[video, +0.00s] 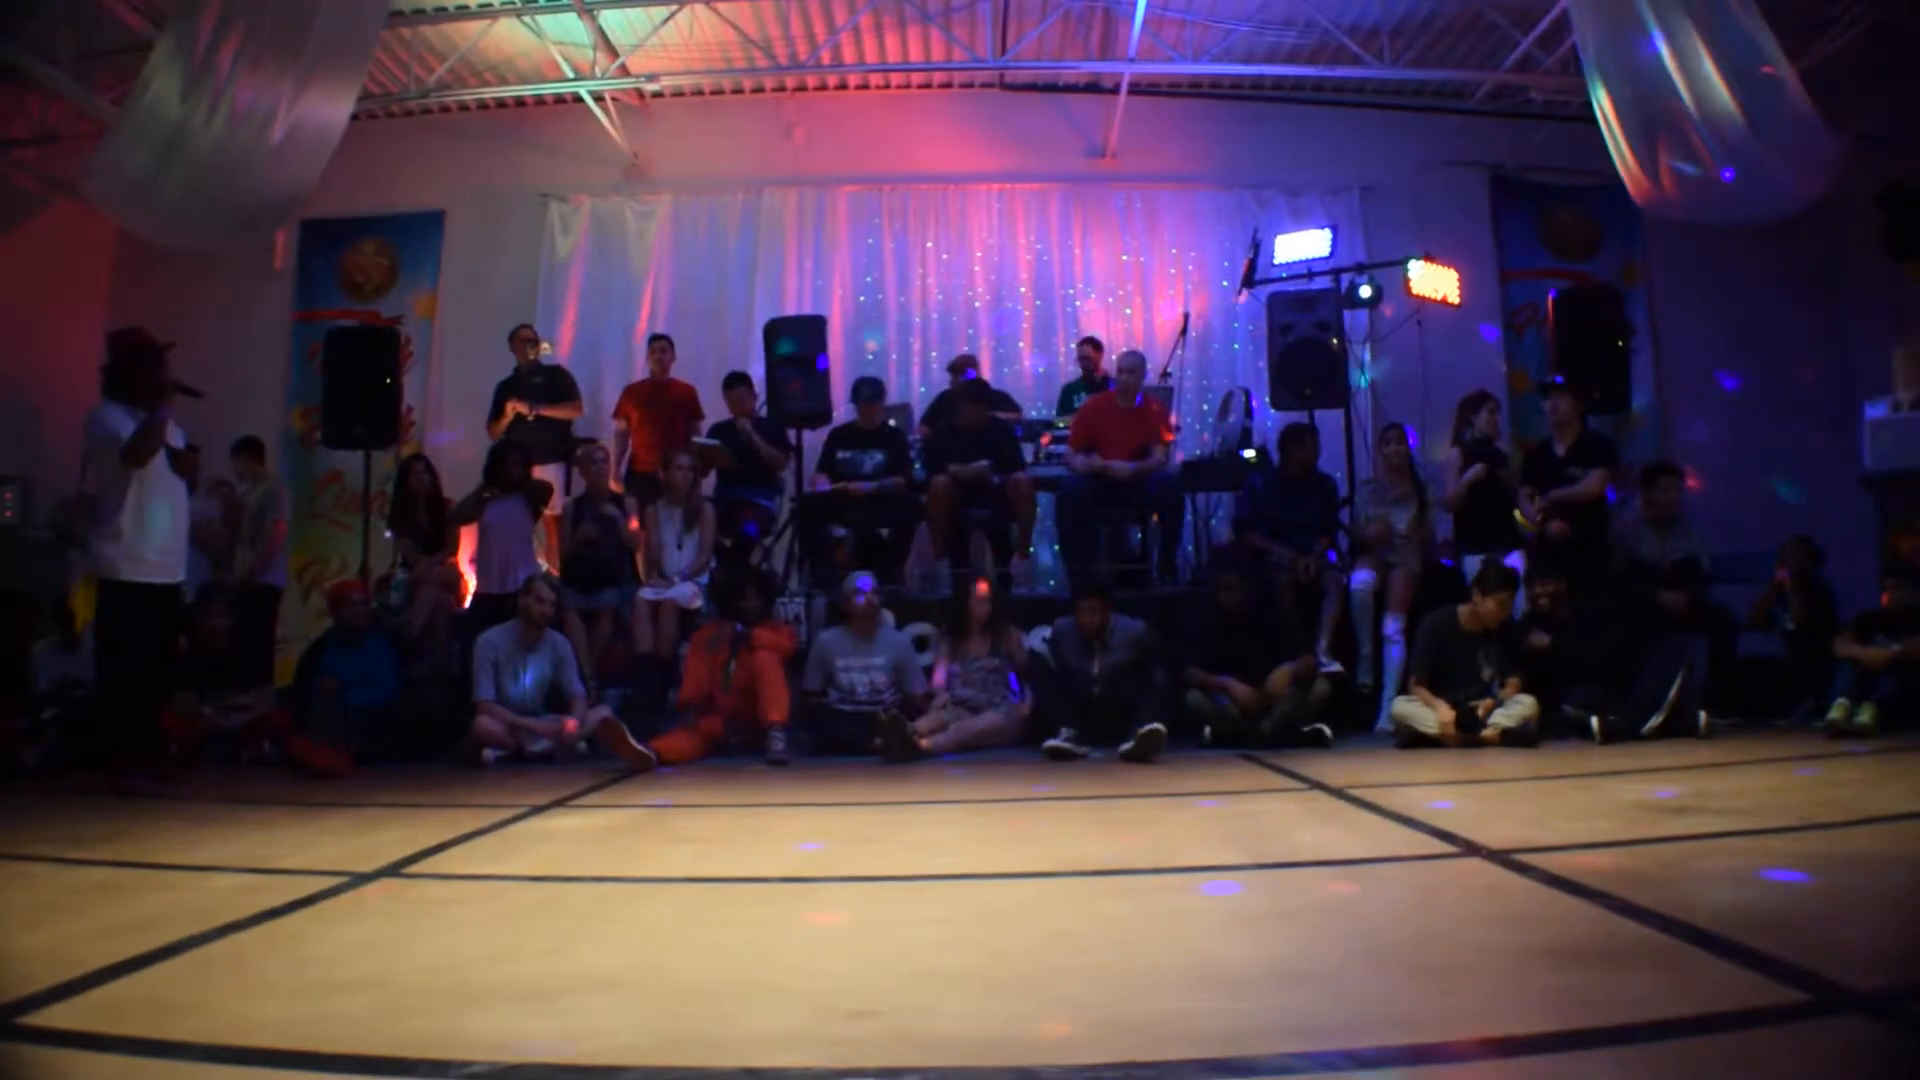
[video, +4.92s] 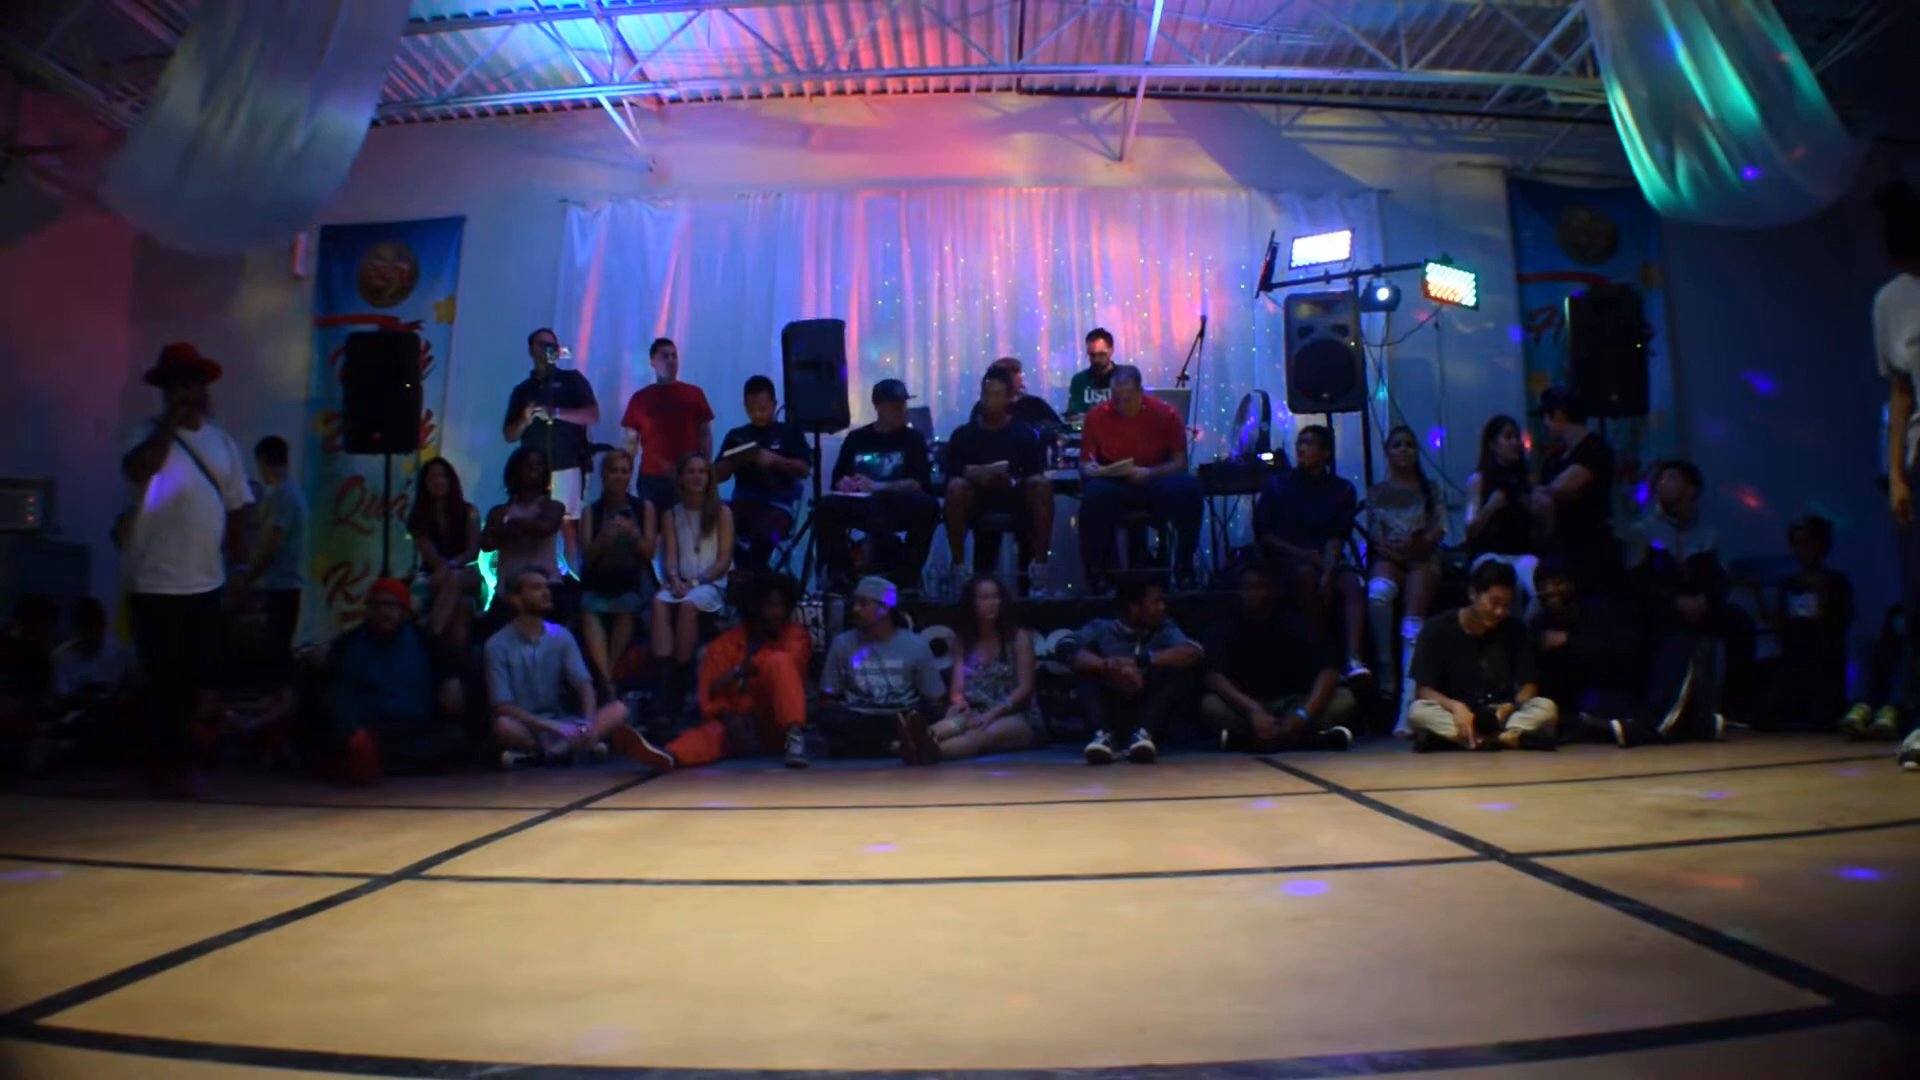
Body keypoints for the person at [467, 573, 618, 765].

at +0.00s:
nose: (546, 610)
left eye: (551, 604)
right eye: (539, 602)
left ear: (555, 608)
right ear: (523, 601)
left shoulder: (559, 644)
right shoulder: (490, 642)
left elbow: (578, 695)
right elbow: (484, 704)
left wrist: (574, 721)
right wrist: (539, 727)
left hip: (546, 718)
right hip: (508, 720)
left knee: (603, 713)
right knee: (482, 725)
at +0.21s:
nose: (553, 611)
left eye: (557, 605)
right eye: (546, 603)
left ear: (562, 608)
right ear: (528, 603)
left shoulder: (565, 645)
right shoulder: (497, 643)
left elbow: (582, 694)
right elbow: (492, 704)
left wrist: (582, 718)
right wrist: (543, 726)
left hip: (554, 719)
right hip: (515, 719)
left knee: (607, 714)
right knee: (489, 726)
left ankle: (548, 744)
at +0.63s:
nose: (574, 609)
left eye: (580, 604)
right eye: (568, 601)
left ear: (584, 608)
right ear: (551, 600)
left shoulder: (587, 643)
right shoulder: (520, 640)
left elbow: (607, 697)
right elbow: (514, 703)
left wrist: (603, 720)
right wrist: (565, 725)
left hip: (576, 719)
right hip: (537, 720)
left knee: (631, 712)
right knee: (511, 723)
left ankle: (563, 746)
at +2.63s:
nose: (567, 613)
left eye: (571, 607)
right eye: (560, 604)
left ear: (575, 609)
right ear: (540, 605)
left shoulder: (577, 647)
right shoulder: (508, 645)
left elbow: (596, 703)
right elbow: (503, 708)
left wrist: (590, 726)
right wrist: (553, 729)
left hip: (564, 723)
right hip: (527, 724)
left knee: (621, 716)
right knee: (501, 728)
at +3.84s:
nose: (573, 599)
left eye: (571, 593)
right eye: (566, 594)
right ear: (544, 604)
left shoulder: (572, 641)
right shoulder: (509, 643)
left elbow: (594, 689)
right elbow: (504, 706)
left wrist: (593, 722)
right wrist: (556, 729)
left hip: (563, 720)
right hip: (528, 722)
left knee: (623, 715)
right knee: (502, 728)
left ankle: (557, 751)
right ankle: (579, 747)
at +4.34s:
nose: (547, 590)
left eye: (543, 586)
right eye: (539, 587)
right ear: (520, 601)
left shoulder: (554, 632)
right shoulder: (494, 645)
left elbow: (572, 679)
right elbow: (504, 707)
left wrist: (587, 722)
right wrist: (561, 729)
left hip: (559, 714)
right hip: (525, 718)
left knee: (618, 708)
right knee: (503, 727)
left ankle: (561, 747)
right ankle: (579, 742)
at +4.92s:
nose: (546, 592)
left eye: (546, 586)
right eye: (537, 588)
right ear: (516, 598)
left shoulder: (561, 635)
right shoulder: (498, 645)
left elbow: (584, 684)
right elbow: (502, 705)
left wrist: (588, 722)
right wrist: (553, 727)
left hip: (564, 716)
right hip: (526, 720)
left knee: (618, 709)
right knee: (503, 725)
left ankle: (559, 748)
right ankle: (580, 747)